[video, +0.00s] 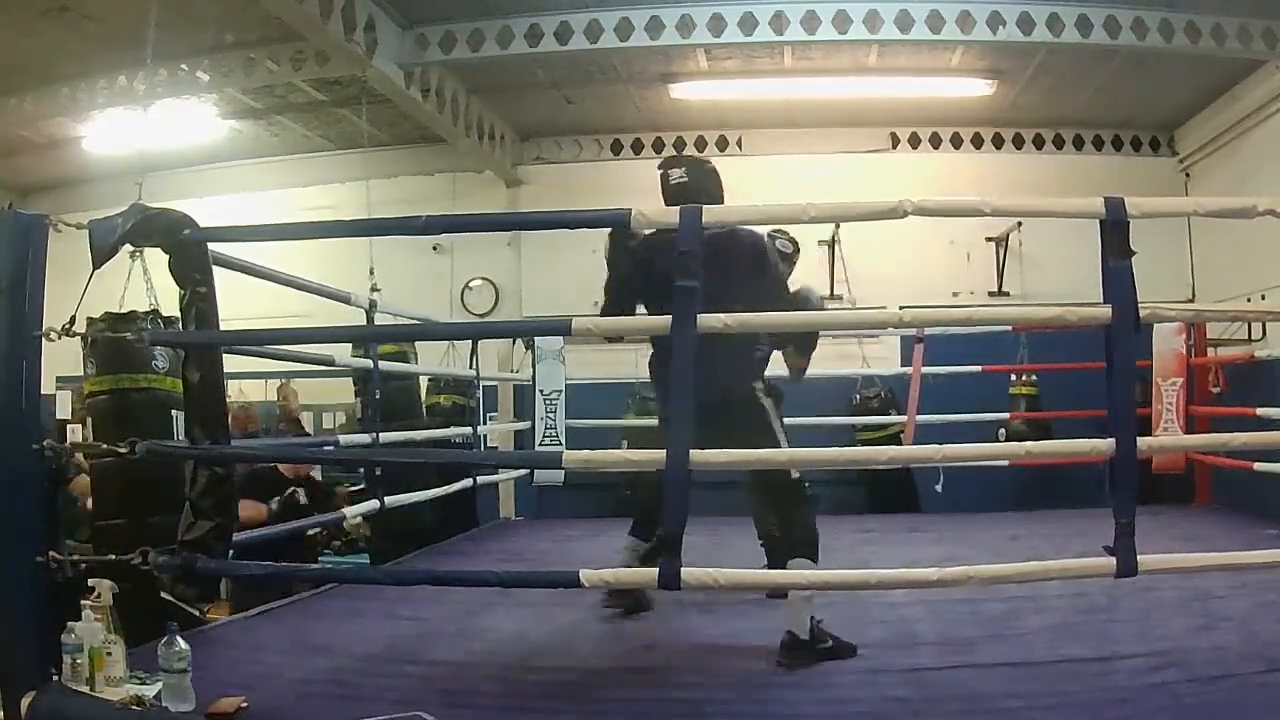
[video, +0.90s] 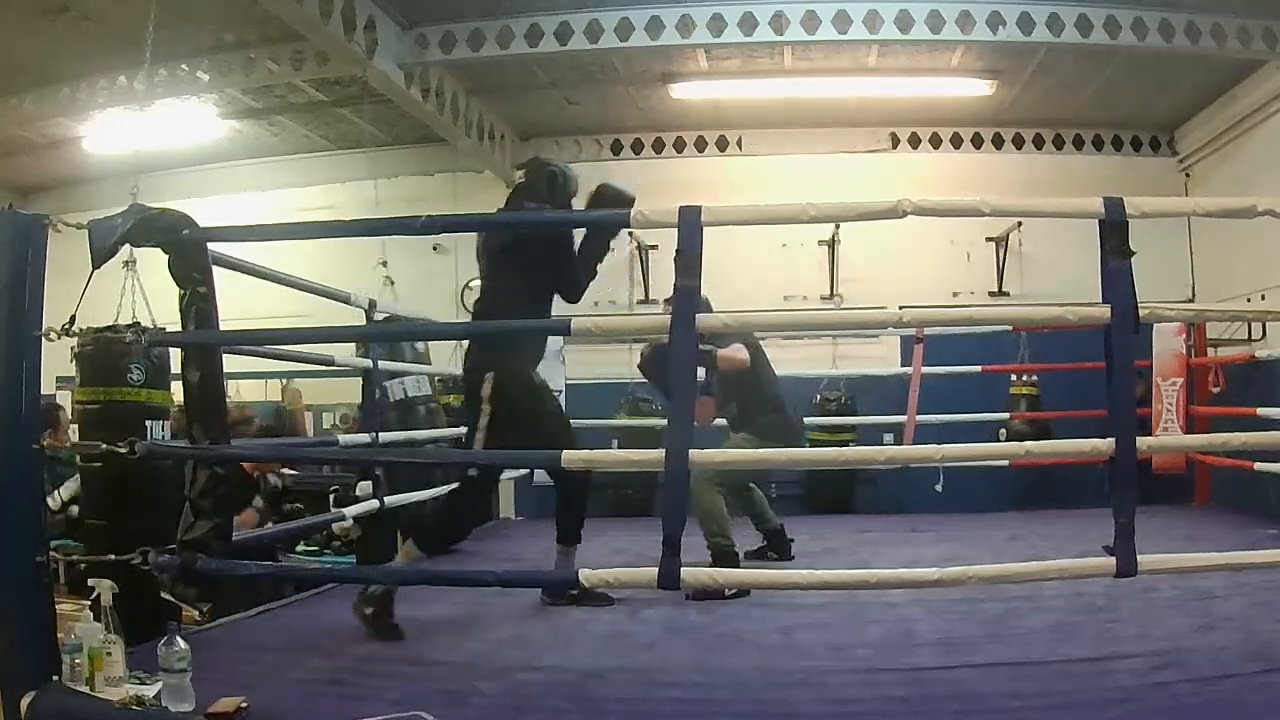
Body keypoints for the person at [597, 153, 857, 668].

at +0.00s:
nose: (703, 207)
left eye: (682, 199)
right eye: (710, 194)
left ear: (666, 199)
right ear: (718, 195)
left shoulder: (647, 250)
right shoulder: (745, 245)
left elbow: (613, 322)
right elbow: (792, 337)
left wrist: (619, 257)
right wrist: (807, 305)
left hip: (674, 408)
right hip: (740, 403)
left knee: (662, 478)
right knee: (786, 498)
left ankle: (628, 575)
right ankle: (801, 625)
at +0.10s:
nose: (715, 194)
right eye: (713, 184)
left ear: (659, 188)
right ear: (710, 186)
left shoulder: (635, 238)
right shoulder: (715, 239)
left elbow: (605, 297)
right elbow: (753, 299)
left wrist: (636, 243)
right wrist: (800, 301)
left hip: (650, 386)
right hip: (708, 384)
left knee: (653, 480)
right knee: (764, 490)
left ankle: (612, 588)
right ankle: (800, 624)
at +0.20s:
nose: (696, 187)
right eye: (693, 178)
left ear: (642, 171)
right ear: (683, 179)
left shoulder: (613, 215)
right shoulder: (677, 218)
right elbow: (715, 281)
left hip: (614, 353)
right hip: (649, 358)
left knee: (643, 465)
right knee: (703, 467)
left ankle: (603, 585)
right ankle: (743, 609)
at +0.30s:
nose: (672, 171)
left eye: (671, 163)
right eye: (670, 162)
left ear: (621, 156)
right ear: (658, 159)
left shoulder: (587, 199)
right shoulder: (646, 192)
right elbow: (670, 263)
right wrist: (694, 207)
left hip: (589, 333)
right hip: (622, 336)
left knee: (635, 454)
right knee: (653, 455)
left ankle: (597, 585)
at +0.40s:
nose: (650, 182)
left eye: (650, 174)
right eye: (648, 173)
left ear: (601, 163)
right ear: (634, 167)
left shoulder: (567, 208)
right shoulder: (619, 206)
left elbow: (557, 289)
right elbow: (645, 285)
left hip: (580, 349)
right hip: (600, 353)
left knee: (628, 464)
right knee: (594, 477)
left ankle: (580, 559)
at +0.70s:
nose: (605, 190)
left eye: (605, 181)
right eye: (601, 181)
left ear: (563, 171)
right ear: (582, 176)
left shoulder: (537, 209)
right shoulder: (565, 211)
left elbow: (604, 276)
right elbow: (611, 280)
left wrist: (620, 224)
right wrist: (630, 232)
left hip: (542, 345)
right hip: (540, 346)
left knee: (568, 461)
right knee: (535, 461)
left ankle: (560, 579)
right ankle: (456, 586)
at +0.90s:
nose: (572, 206)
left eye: (573, 199)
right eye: (569, 198)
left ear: (529, 185)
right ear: (556, 191)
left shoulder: (507, 220)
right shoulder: (543, 219)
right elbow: (572, 288)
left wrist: (588, 226)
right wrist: (602, 228)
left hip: (495, 366)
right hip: (504, 368)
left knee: (576, 467)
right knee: (476, 496)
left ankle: (564, 579)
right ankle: (382, 582)